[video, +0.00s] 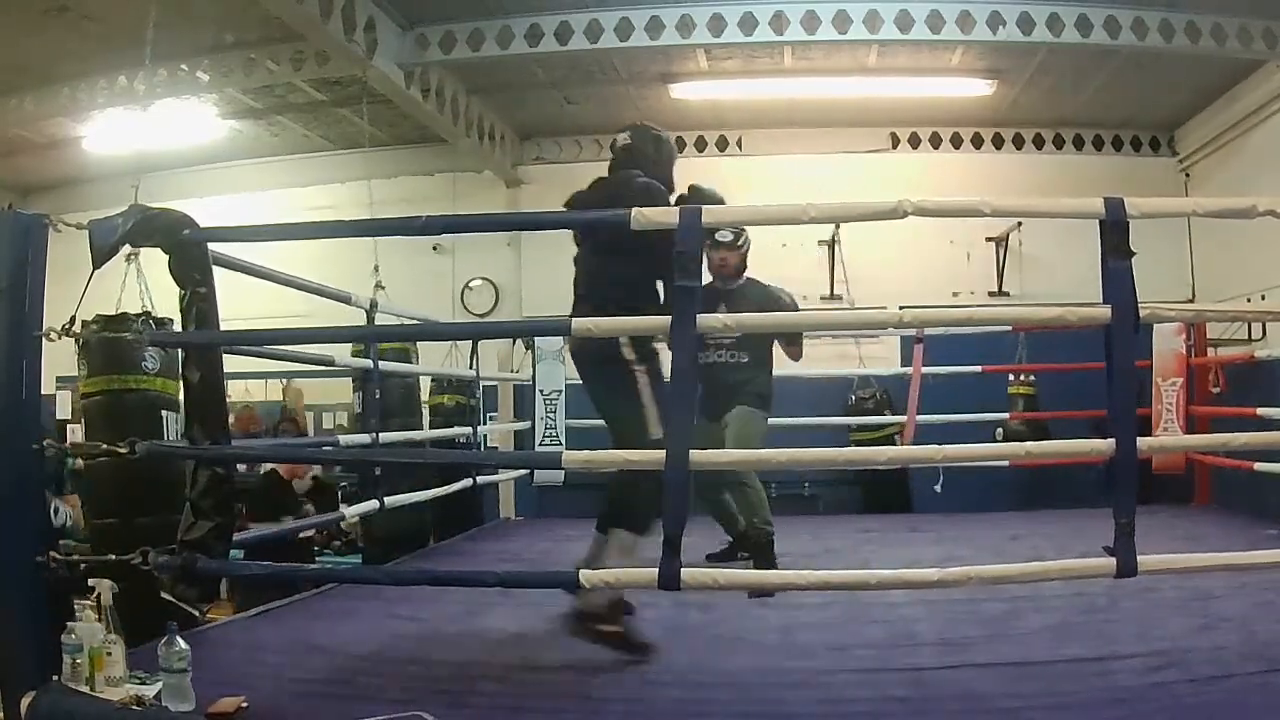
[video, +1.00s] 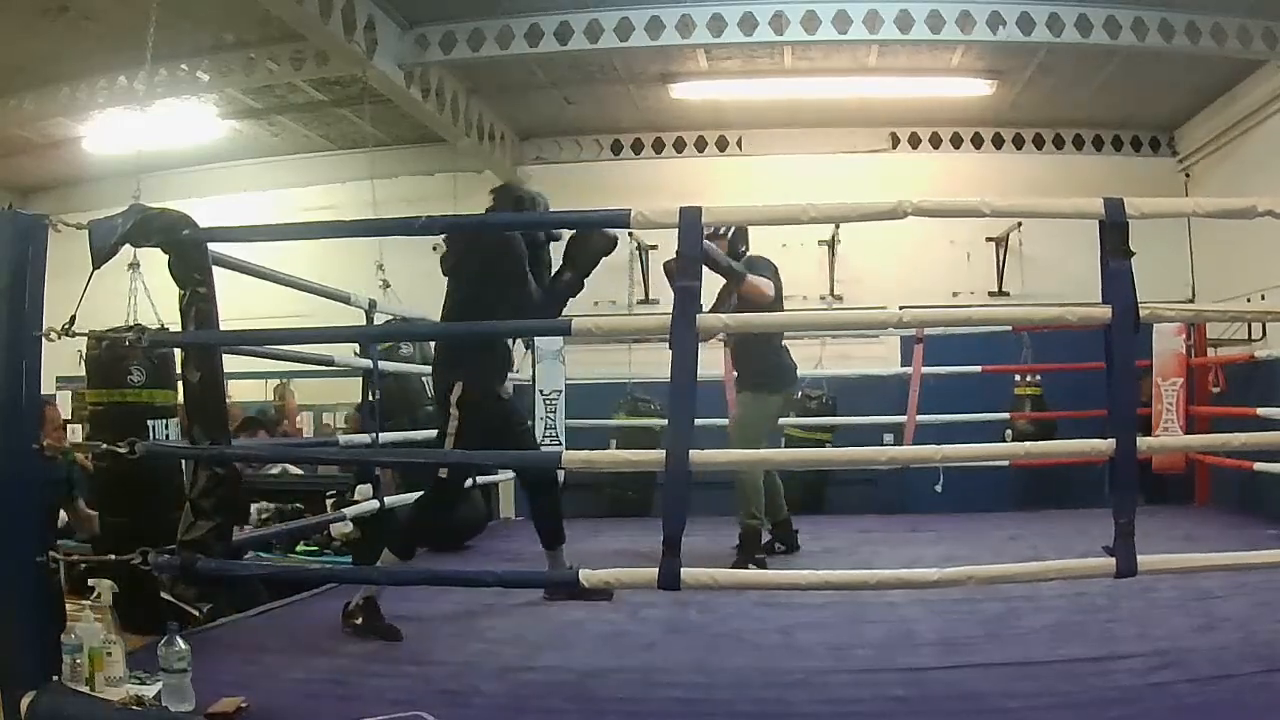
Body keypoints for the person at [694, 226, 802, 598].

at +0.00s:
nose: (720, 257)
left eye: (728, 250)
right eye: (714, 251)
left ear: (743, 253)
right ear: (706, 255)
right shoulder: (697, 299)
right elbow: (679, 342)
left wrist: (788, 313)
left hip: (749, 397)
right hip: (709, 398)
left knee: (736, 465)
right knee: (700, 471)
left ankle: (764, 555)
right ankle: (742, 539)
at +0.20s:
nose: (704, 259)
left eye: (711, 250)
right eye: (700, 252)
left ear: (728, 249)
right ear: (696, 256)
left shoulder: (749, 278)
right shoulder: (706, 293)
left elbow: (778, 270)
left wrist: (751, 221)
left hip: (750, 390)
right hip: (722, 392)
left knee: (738, 467)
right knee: (714, 466)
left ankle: (746, 554)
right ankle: (741, 538)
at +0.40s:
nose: (685, 281)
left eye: (689, 273)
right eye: (680, 276)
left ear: (709, 270)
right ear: (680, 279)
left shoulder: (743, 297)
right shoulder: (697, 309)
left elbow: (767, 341)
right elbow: (687, 350)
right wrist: (662, 315)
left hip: (762, 405)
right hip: (735, 407)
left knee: (713, 466)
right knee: (714, 469)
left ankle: (736, 552)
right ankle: (764, 533)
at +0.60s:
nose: (673, 323)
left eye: (677, 317)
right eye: (671, 317)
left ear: (695, 318)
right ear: (702, 318)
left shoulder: (729, 333)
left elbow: (741, 360)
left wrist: (698, 353)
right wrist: (670, 382)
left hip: (771, 432)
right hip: (754, 433)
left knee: (702, 474)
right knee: (731, 476)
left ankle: (725, 563)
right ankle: (777, 541)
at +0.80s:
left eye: (695, 274)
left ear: (713, 269)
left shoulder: (743, 286)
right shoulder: (723, 313)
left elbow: (750, 304)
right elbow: (702, 357)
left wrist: (717, 286)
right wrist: (679, 323)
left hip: (767, 393)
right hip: (756, 396)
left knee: (735, 466)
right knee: (744, 470)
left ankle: (730, 549)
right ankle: (777, 539)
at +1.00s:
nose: (707, 249)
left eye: (712, 241)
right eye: (705, 243)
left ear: (730, 239)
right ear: (711, 247)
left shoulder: (758, 266)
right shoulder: (730, 287)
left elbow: (765, 294)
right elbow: (707, 328)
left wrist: (722, 267)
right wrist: (680, 286)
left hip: (768, 382)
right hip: (752, 382)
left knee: (745, 456)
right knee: (753, 455)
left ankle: (751, 549)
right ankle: (784, 534)